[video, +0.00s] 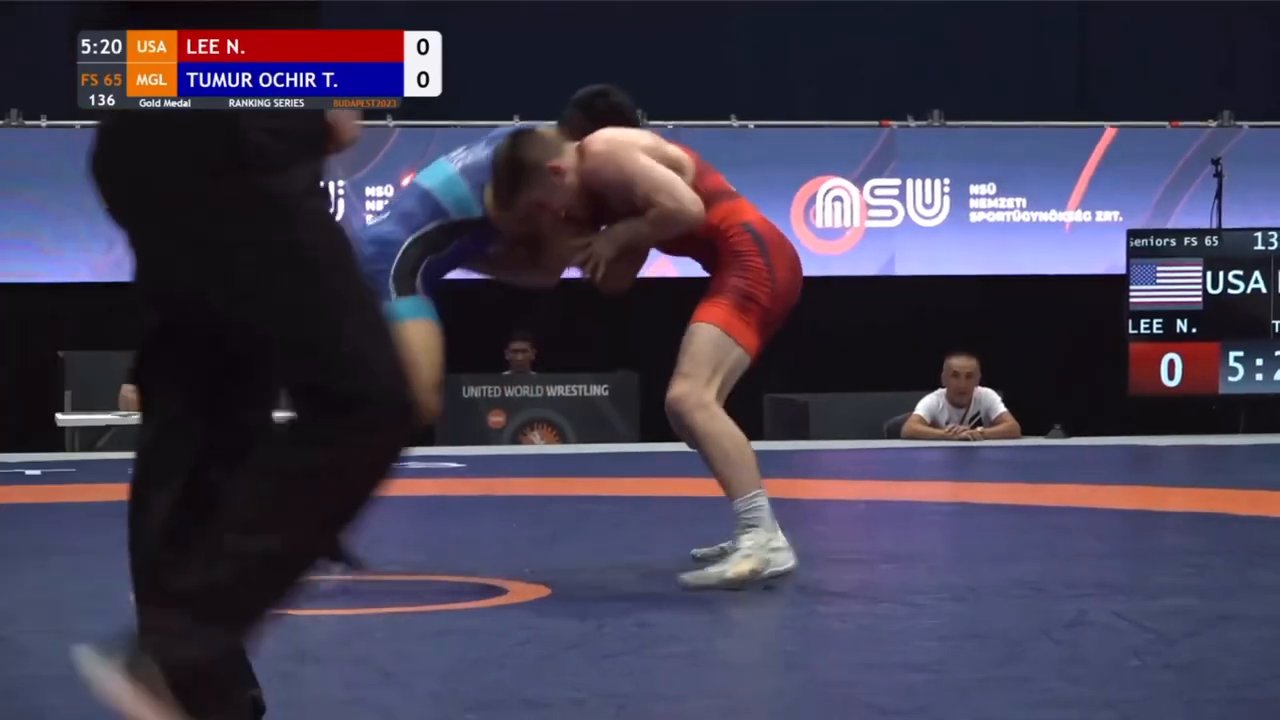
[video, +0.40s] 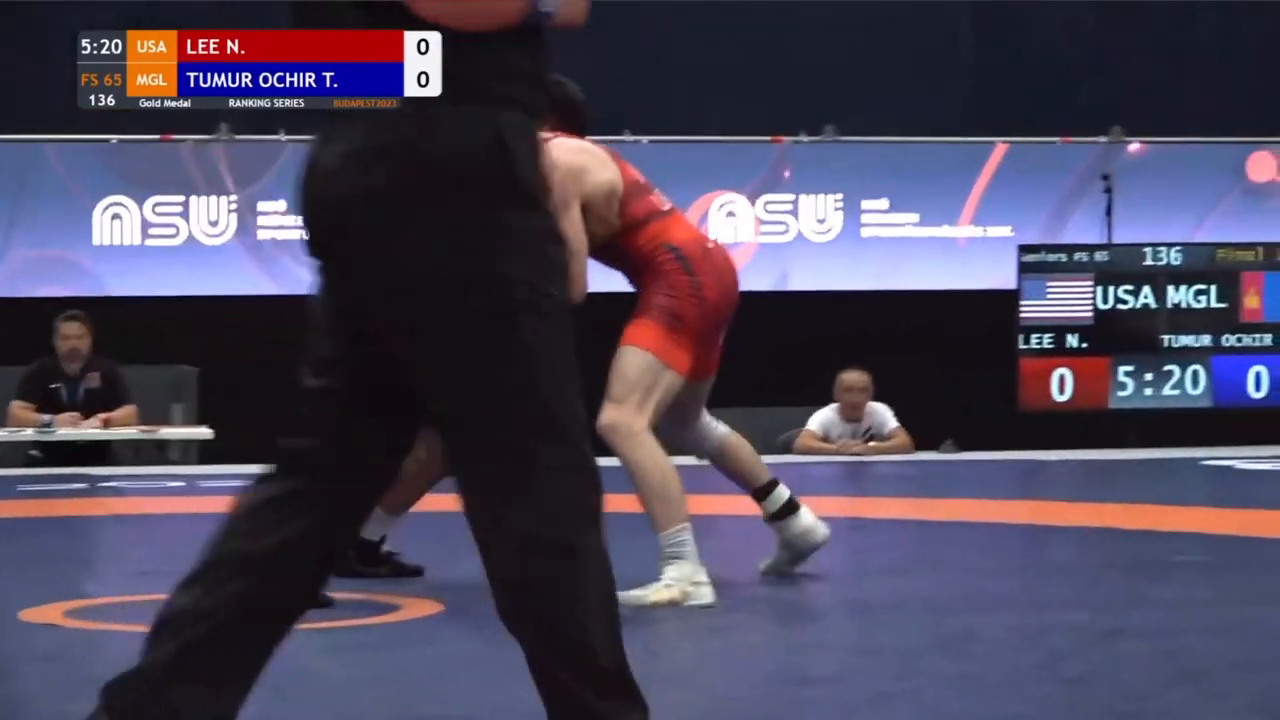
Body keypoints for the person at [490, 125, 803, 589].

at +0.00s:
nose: (551, 214)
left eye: (544, 204)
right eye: (540, 210)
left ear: (556, 170)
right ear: (558, 170)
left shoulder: (604, 151)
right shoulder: (598, 185)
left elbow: (685, 209)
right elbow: (615, 280)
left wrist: (620, 236)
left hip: (754, 251)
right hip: (744, 258)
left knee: (690, 397)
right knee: (692, 400)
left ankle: (764, 537)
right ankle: (754, 530)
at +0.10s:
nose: (559, 208)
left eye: (557, 197)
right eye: (550, 203)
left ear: (579, 162)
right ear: (579, 158)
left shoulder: (630, 159)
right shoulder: (608, 164)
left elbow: (679, 258)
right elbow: (623, 270)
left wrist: (611, 236)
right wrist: (584, 228)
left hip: (769, 257)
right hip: (754, 259)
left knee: (715, 409)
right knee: (709, 400)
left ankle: (791, 555)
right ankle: (758, 534)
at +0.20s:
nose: (550, 207)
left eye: (546, 198)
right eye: (539, 205)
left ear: (566, 163)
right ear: (568, 154)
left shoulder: (616, 167)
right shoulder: (607, 148)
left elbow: (647, 280)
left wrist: (590, 242)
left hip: (760, 255)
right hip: (776, 249)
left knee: (699, 411)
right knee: (737, 402)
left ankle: (763, 561)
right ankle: (749, 529)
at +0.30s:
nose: (493, 197)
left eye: (491, 184)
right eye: (484, 187)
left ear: (522, 157)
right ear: (528, 146)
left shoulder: (568, 167)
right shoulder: (575, 145)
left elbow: (596, 281)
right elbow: (588, 253)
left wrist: (538, 238)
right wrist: (532, 235)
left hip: (707, 264)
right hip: (730, 256)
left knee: (644, 415)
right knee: (697, 399)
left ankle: (706, 566)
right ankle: (773, 517)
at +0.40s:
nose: (500, 134)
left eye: (506, 121)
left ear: (531, 122)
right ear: (559, 118)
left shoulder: (557, 162)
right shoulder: (573, 152)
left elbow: (571, 287)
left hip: (682, 274)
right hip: (707, 269)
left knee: (622, 420)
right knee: (685, 425)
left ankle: (684, 571)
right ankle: (794, 523)